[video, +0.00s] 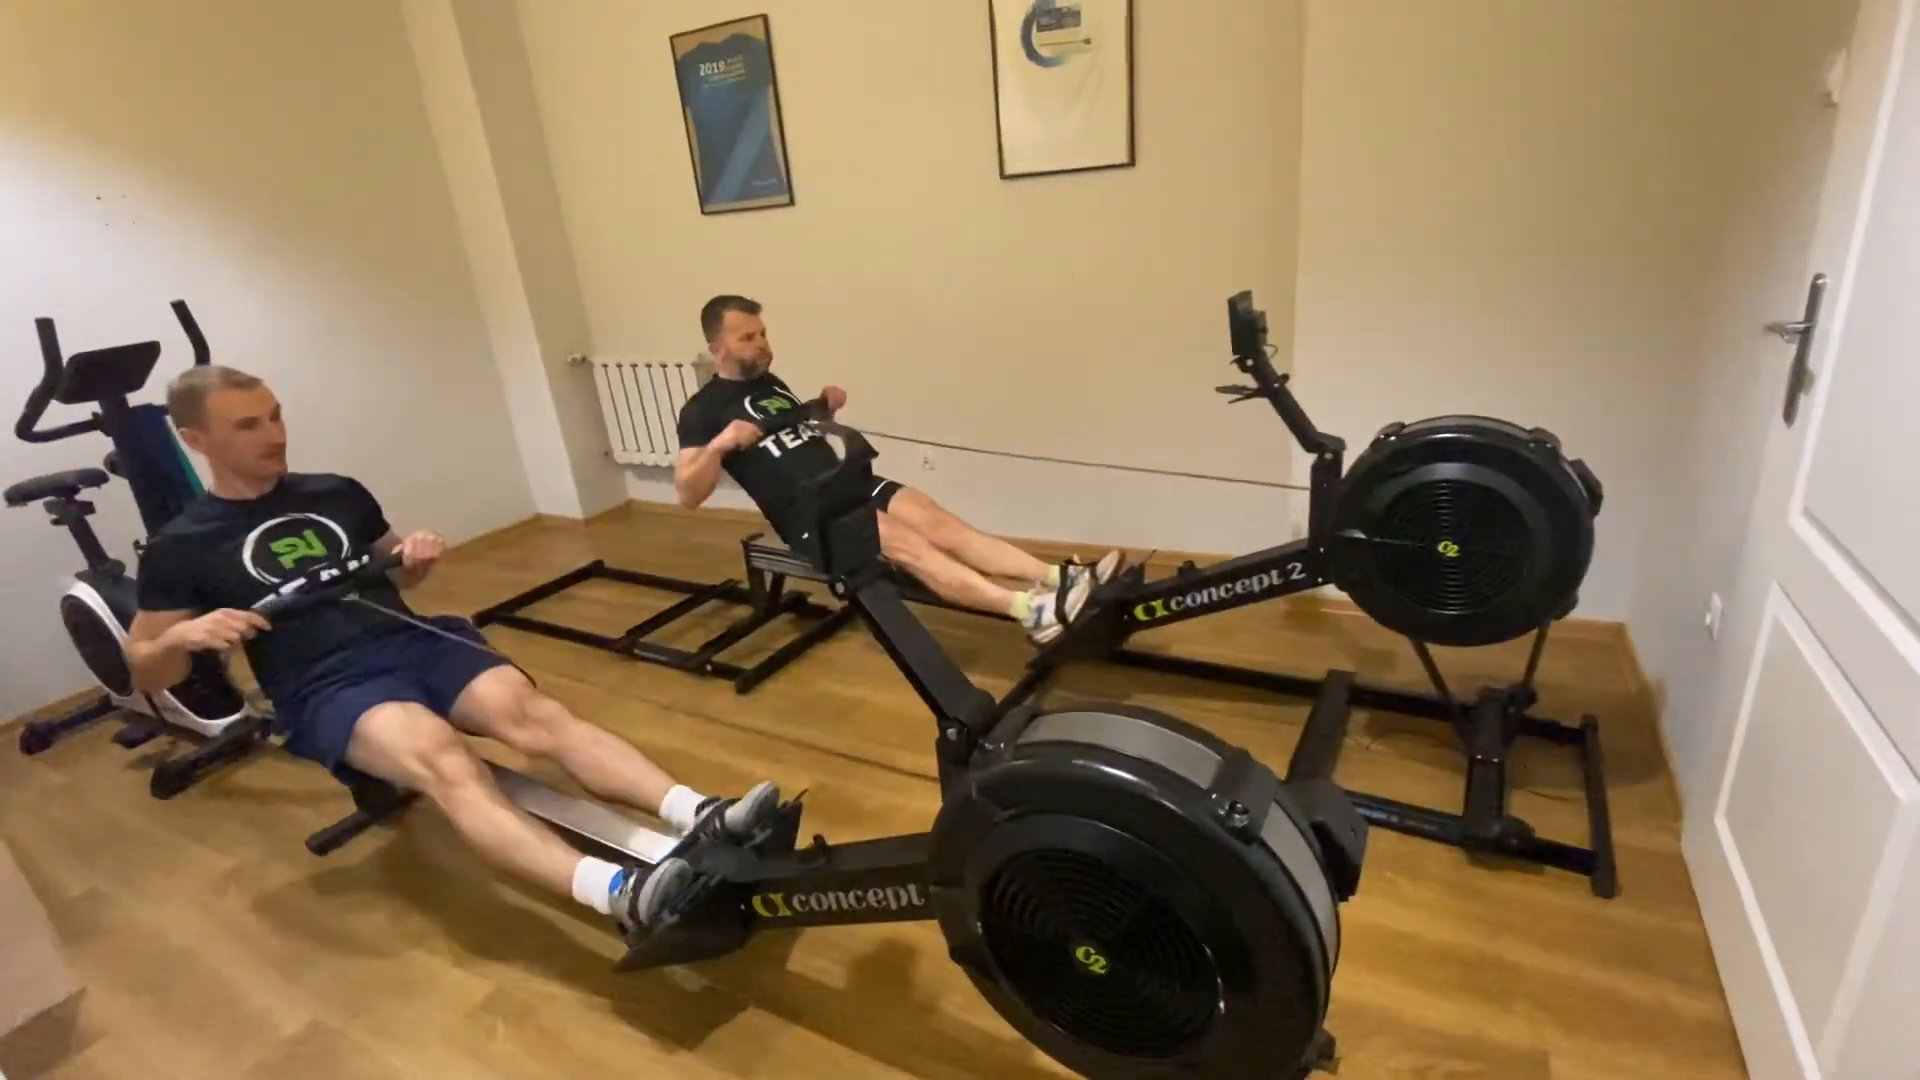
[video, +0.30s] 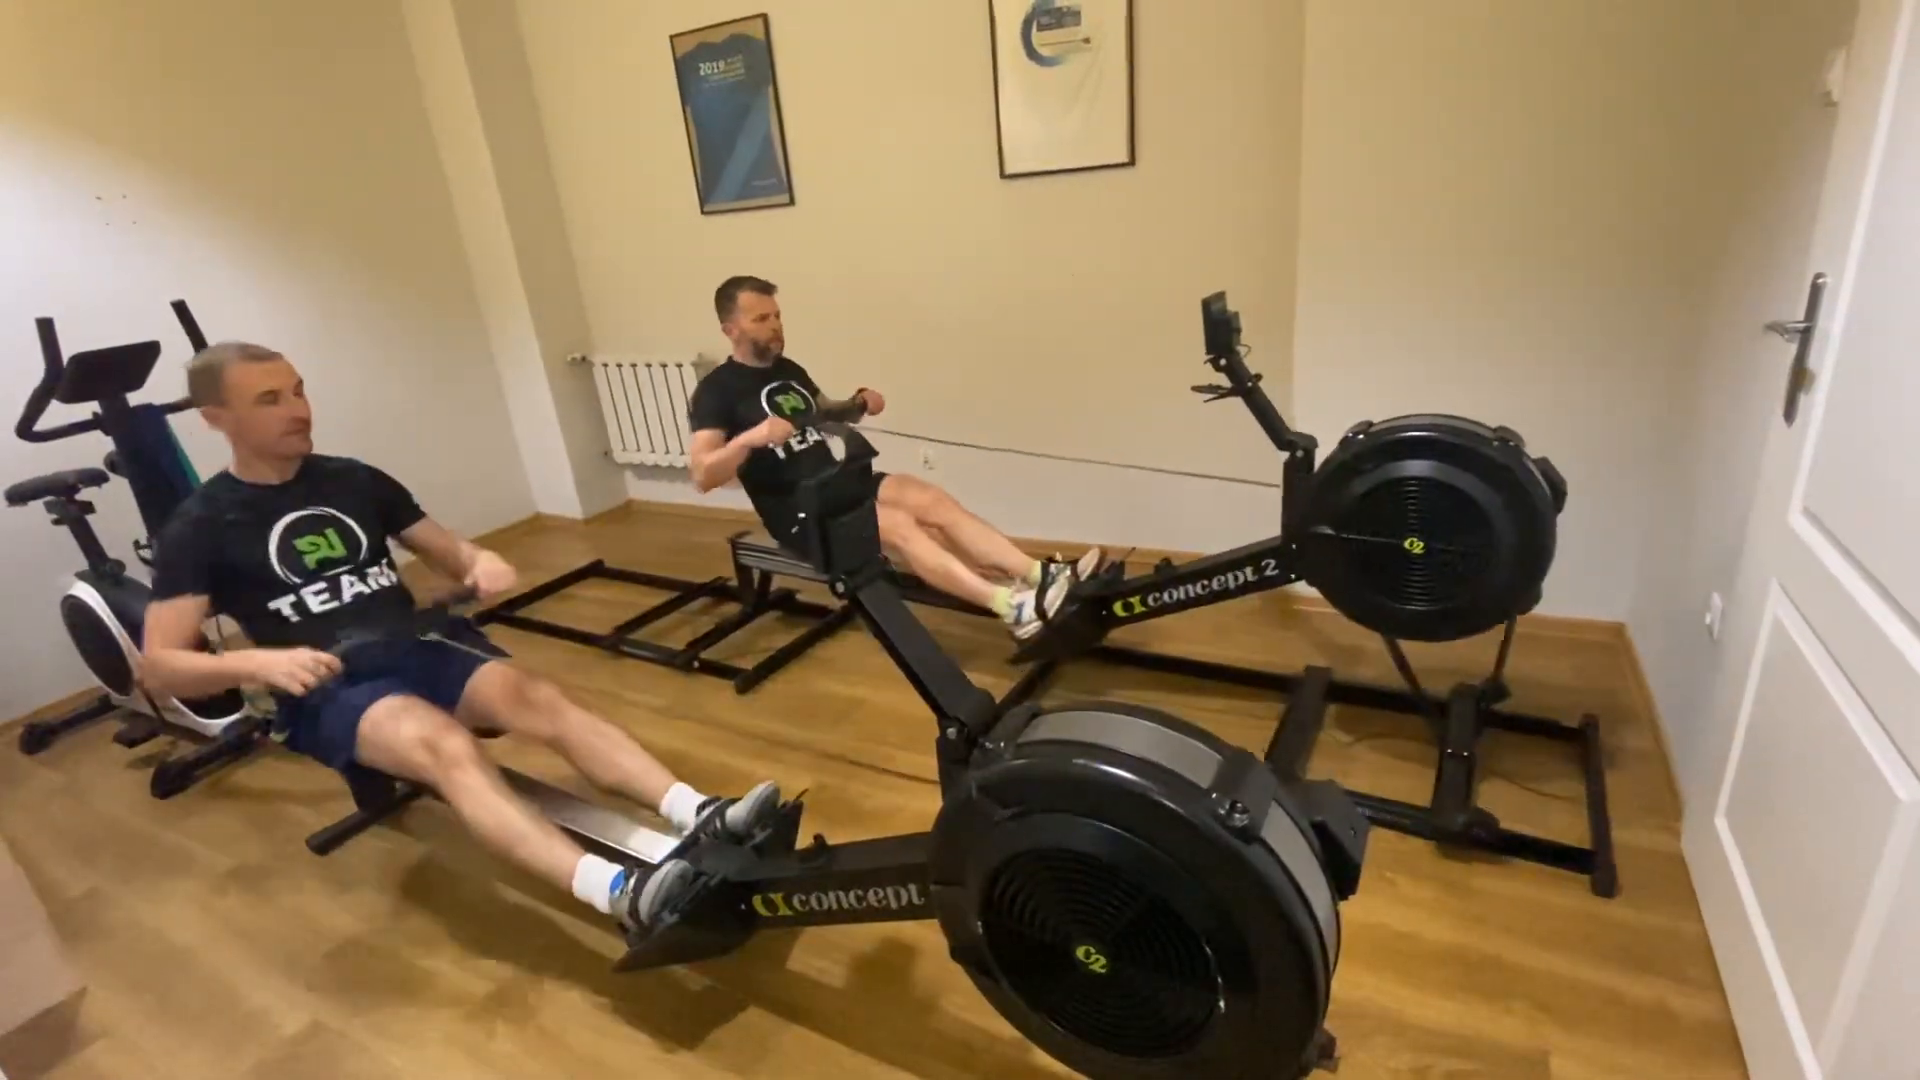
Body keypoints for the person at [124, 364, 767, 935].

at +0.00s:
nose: (272, 436)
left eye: (273, 418)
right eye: (250, 428)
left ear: (281, 415)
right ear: (199, 443)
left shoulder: (335, 493)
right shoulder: (182, 547)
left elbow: (393, 568)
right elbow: (142, 668)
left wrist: (414, 554)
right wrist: (187, 632)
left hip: (410, 637)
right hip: (327, 680)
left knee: (530, 711)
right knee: (445, 763)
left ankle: (702, 817)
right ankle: (624, 895)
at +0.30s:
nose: (300, 409)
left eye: (298, 392)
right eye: (274, 400)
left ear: (302, 394)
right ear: (219, 422)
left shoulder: (352, 481)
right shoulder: (200, 528)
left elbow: (450, 554)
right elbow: (158, 665)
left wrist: (483, 565)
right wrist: (254, 665)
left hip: (411, 643)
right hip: (325, 680)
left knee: (535, 696)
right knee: (441, 746)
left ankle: (702, 817)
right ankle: (621, 894)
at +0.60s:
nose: (364, 402)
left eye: (362, 385)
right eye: (338, 392)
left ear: (366, 384)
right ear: (280, 416)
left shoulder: (400, 475)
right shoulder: (246, 520)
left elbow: (511, 541)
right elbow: (250, 661)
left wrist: (580, 585)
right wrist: (364, 704)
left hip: (442, 644)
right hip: (351, 683)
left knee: (571, 664)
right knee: (458, 728)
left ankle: (701, 816)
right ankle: (620, 894)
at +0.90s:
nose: (451, 415)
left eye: (446, 396)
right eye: (425, 406)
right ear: (364, 432)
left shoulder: (469, 483)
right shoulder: (314, 531)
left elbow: (586, 548)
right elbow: (349, 669)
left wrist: (677, 611)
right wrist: (484, 746)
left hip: (483, 660)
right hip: (385, 705)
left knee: (597, 620)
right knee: (457, 683)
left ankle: (704, 817)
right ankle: (624, 893)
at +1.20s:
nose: (536, 431)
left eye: (528, 412)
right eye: (508, 422)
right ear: (445, 451)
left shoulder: (550, 500)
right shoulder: (387, 553)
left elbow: (673, 566)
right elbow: (456, 698)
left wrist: (780, 639)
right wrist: (602, 791)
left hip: (530, 683)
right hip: (431, 729)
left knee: (641, 604)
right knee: (482, 675)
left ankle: (701, 813)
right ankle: (631, 891)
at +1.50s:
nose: (613, 453)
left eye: (603, 433)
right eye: (585, 443)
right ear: (517, 475)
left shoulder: (623, 524)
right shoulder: (462, 585)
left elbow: (756, 589)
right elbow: (564, 720)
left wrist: (874, 659)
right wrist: (720, 823)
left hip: (583, 739)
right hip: (484, 784)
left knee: (666, 601)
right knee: (512, 693)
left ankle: (703, 806)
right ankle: (626, 884)